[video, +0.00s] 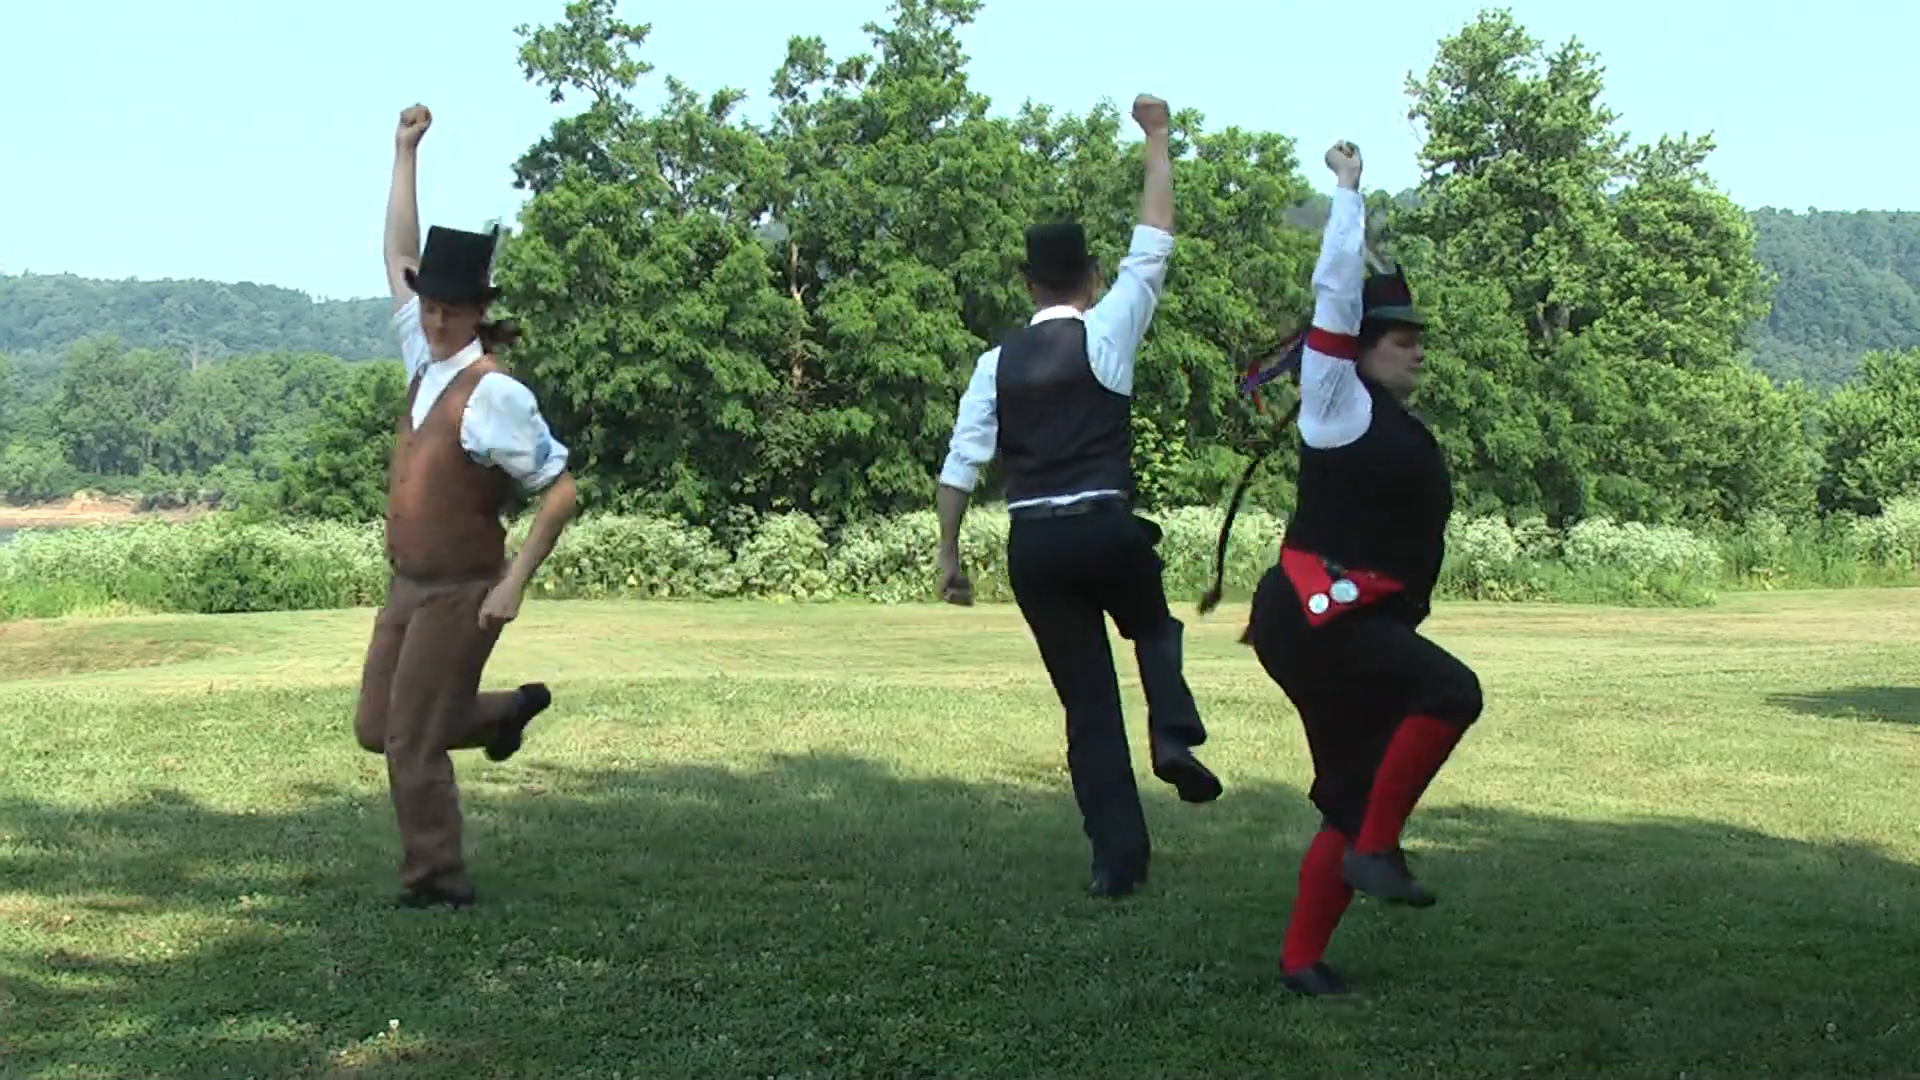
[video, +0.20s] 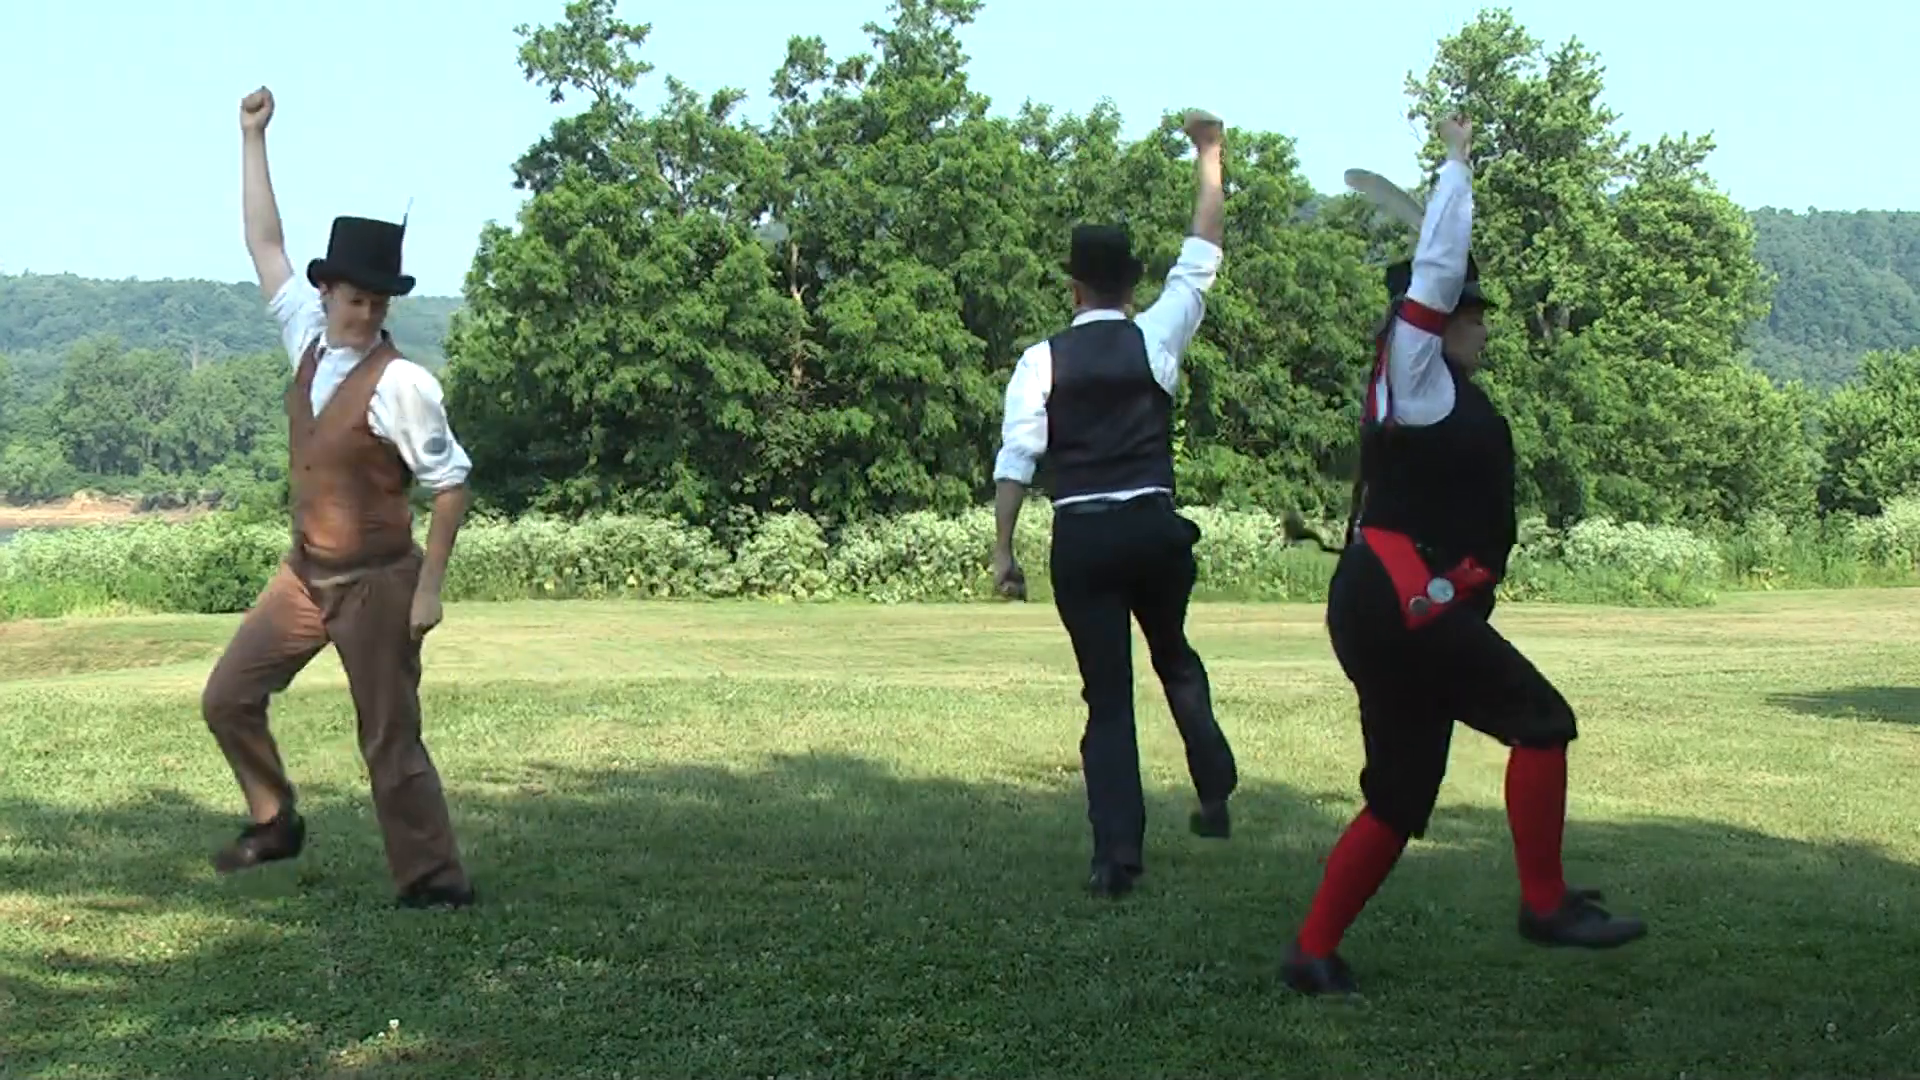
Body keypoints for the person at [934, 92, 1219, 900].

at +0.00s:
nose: (1098, 286)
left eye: (1079, 278)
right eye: (1097, 278)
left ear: (1029, 286)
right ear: (1091, 281)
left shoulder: (995, 364)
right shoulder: (1106, 333)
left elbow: (960, 463)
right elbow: (1153, 246)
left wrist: (947, 550)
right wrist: (1156, 141)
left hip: (1033, 543)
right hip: (1108, 531)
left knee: (1087, 704)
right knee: (1153, 627)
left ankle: (1118, 863)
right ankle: (1174, 742)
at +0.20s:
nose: (1075, 284)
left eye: (1074, 276)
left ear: (1073, 284)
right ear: (1134, 283)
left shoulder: (1040, 362)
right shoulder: (1158, 334)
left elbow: (1017, 458)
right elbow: (1203, 248)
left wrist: (1003, 548)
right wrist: (1209, 153)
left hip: (1080, 540)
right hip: (1156, 531)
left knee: (1105, 698)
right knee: (1174, 652)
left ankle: (1117, 858)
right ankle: (1215, 788)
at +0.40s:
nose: (1096, 314)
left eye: (1100, 305)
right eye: (1101, 303)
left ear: (1113, 311)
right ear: (1158, 311)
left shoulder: (1091, 383)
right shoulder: (1191, 364)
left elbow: (1084, 483)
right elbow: (1219, 283)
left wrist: (1069, 569)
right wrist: (1213, 191)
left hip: (1121, 554)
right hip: (1188, 550)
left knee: (1102, 697)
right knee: (1172, 692)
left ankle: (1136, 782)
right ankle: (1216, 836)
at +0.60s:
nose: (1087, 264)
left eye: (1092, 254)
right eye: (1090, 252)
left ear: (1118, 259)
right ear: (1141, 260)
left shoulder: (1109, 319)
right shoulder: (1166, 306)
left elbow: (1142, 423)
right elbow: (1168, 229)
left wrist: (1134, 513)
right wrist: (1163, 136)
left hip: (1121, 499)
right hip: (1166, 494)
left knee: (1018, 594)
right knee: (1170, 672)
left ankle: (1123, 698)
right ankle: (1215, 823)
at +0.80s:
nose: (1059, 293)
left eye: (1069, 284)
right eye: (1060, 282)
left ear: (1102, 287)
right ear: (1104, 285)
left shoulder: (1106, 353)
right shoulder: (1122, 326)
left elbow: (1164, 445)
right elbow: (1109, 245)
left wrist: (1170, 537)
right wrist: (1112, 159)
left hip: (1102, 534)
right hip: (1132, 537)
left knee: (986, 583)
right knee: (1131, 680)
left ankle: (1065, 711)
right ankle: (1182, 824)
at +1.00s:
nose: (1016, 321)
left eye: (1028, 312)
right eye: (1016, 310)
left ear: (1064, 318)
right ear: (1052, 316)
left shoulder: (1077, 383)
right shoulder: (1056, 366)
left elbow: (1122, 469)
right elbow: (1026, 280)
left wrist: (1086, 541)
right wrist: (1007, 212)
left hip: (1098, 555)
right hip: (1102, 556)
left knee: (957, 608)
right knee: (1102, 703)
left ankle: (967, 750)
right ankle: (1178, 835)